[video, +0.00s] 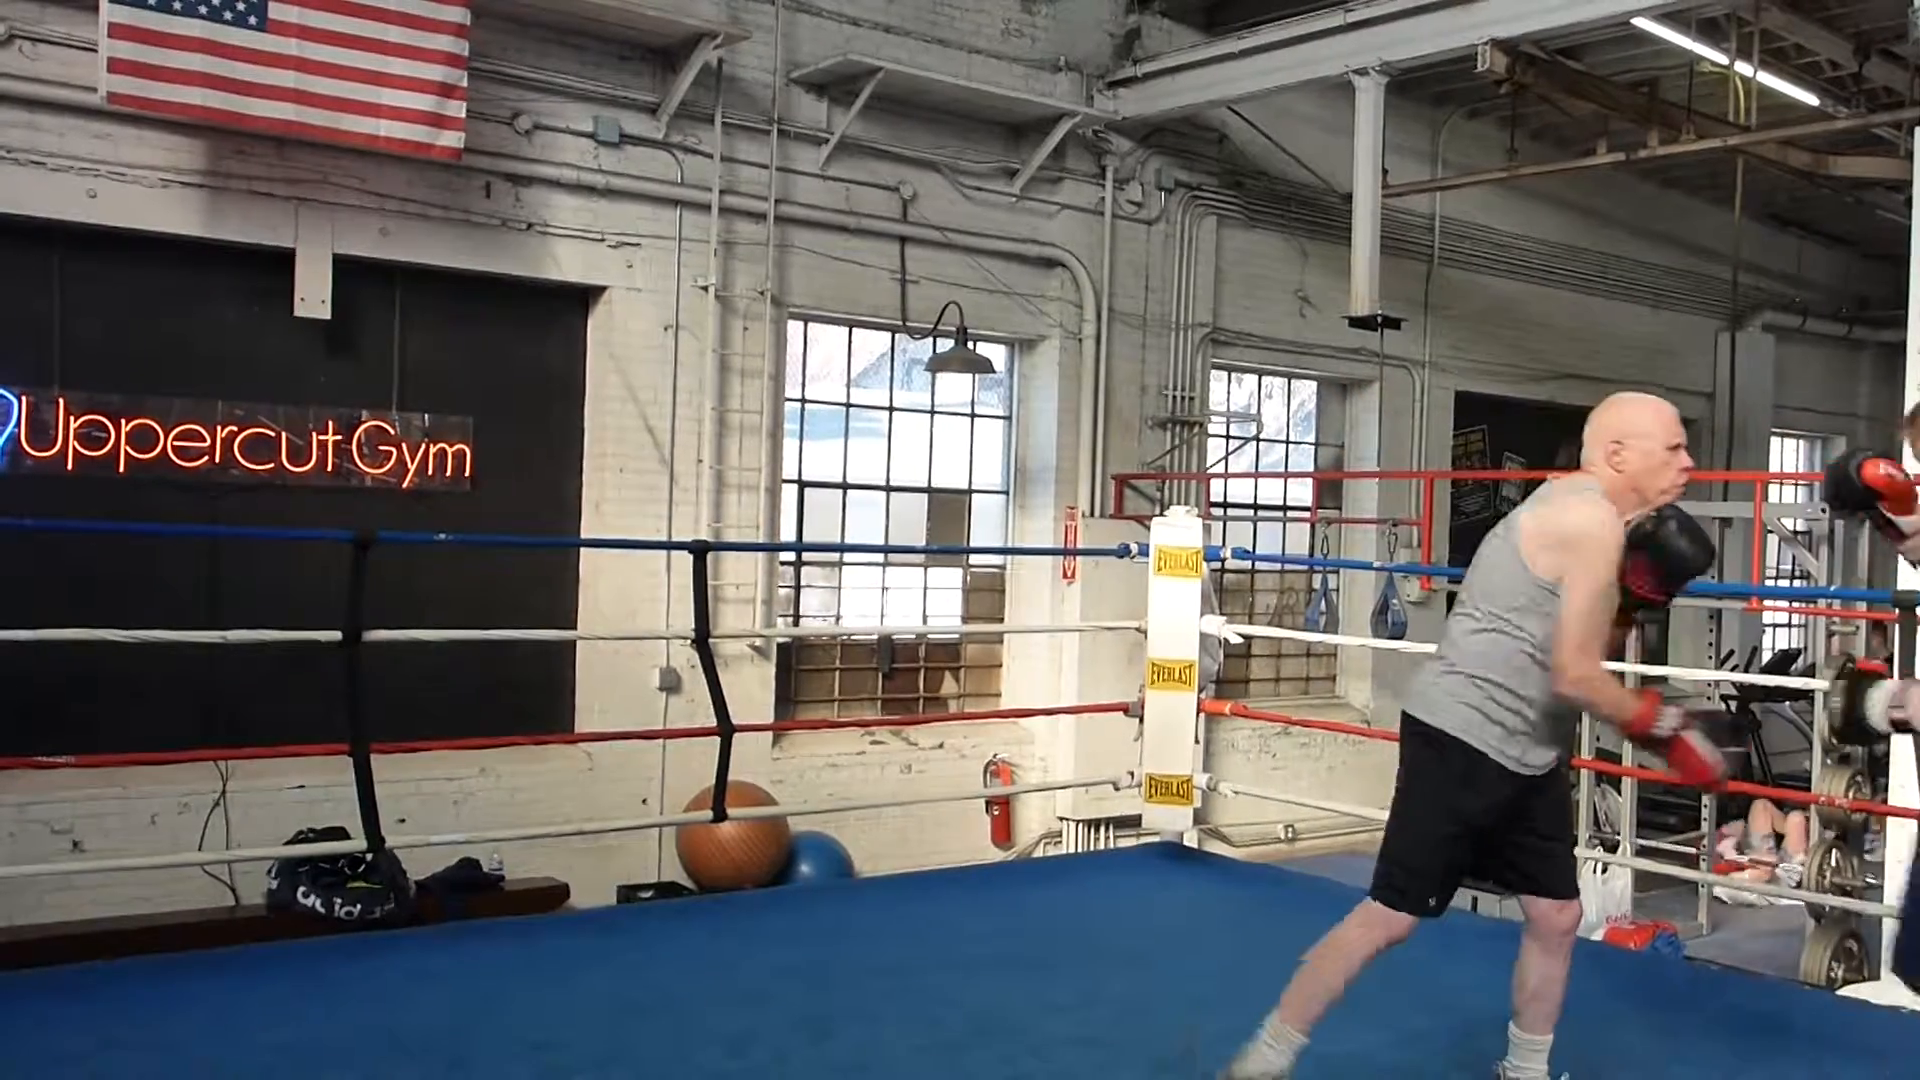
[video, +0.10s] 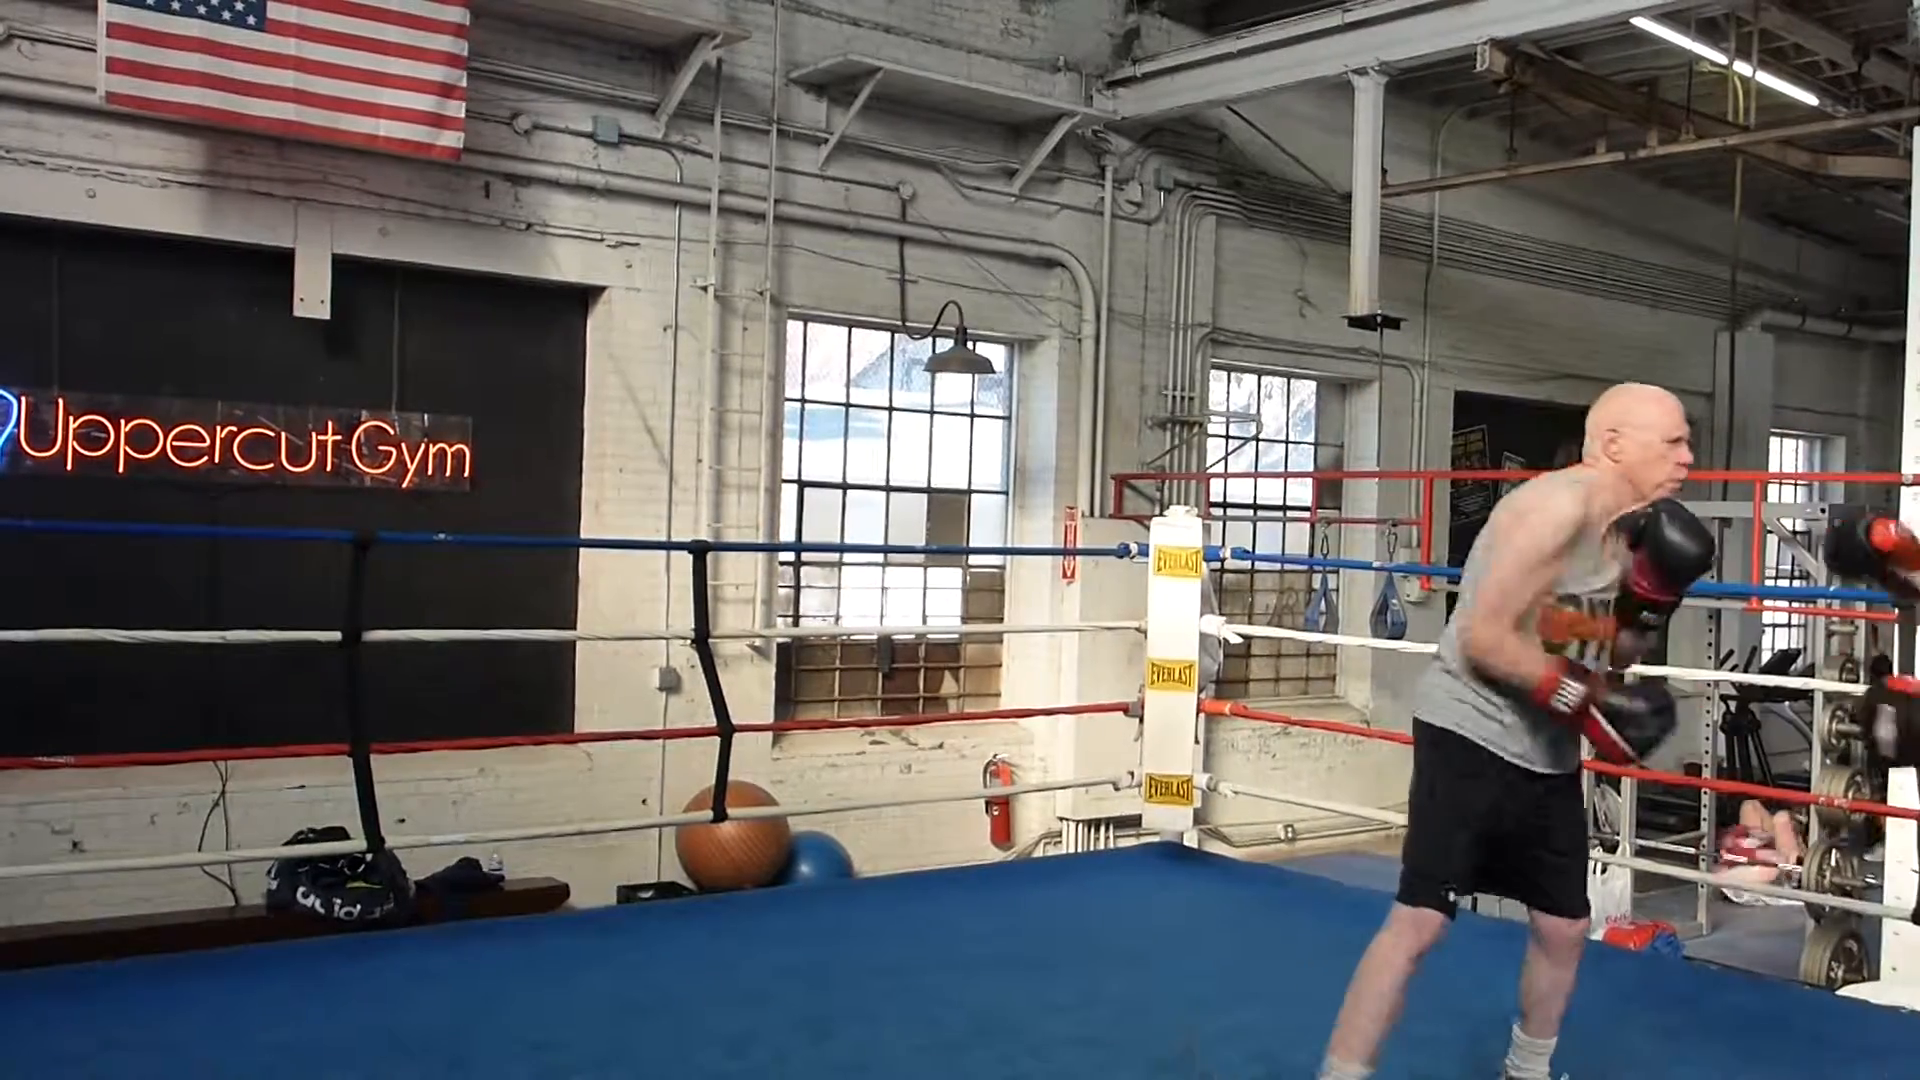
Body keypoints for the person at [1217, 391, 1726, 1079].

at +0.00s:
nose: (1689, 465)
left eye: (1686, 450)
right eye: (1674, 451)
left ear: (1615, 455)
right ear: (1616, 454)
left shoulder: (1573, 504)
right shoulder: (1592, 521)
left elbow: (1570, 647)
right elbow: (1575, 674)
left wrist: (1637, 594)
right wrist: (1662, 726)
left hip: (1528, 751)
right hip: (1461, 734)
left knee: (1555, 915)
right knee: (1392, 913)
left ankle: (1526, 1071)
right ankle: (1261, 1062)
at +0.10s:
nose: (1687, 462)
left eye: (1687, 447)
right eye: (1673, 444)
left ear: (1623, 448)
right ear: (1613, 443)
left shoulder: (1623, 535)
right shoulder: (1554, 505)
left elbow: (1605, 667)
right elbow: (1484, 636)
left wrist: (1647, 599)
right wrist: (1577, 696)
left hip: (1545, 743)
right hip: (1467, 728)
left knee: (1563, 927)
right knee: (1420, 919)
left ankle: (1528, 1071)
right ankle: (1340, 1072)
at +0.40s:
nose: (1642, 447)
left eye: (1644, 432)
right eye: (1626, 429)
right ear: (1567, 424)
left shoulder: (1615, 511)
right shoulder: (1494, 503)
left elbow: (1638, 663)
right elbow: (1492, 668)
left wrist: (1654, 583)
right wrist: (1570, 578)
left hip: (1585, 760)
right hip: (1489, 760)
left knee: (1653, 952)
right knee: (1472, 965)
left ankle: (1577, 1070)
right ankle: (1416, 1075)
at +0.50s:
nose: (1663, 438)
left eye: (1666, 423)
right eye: (1647, 420)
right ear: (1584, 415)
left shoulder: (1636, 505)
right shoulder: (1513, 493)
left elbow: (1657, 656)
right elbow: (1511, 660)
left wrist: (1679, 568)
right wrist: (1588, 568)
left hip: (1606, 761)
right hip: (1503, 762)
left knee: (1660, 958)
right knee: (1466, 967)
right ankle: (1411, 1074)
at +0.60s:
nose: (1691, 444)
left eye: (1696, 429)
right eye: (1675, 425)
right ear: (1612, 417)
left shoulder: (1669, 509)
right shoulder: (1538, 491)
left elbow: (1688, 666)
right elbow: (1528, 660)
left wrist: (1711, 581)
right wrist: (1610, 578)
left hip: (1626, 779)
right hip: (1519, 771)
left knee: (1663, 979)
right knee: (1472, 976)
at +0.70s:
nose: (1718, 452)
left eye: (1726, 436)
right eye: (1703, 432)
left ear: (1728, 437)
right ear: (1642, 422)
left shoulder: (1711, 518)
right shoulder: (1566, 496)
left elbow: (1722, 680)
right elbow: (1548, 665)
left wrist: (1740, 595)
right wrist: (1624, 586)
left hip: (1666, 793)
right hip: (1546, 780)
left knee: (1688, 997)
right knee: (1481, 986)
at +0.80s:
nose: (1737, 445)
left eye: (1747, 429)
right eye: (1722, 424)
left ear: (1754, 430)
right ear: (1662, 409)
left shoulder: (1740, 513)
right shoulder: (1584, 486)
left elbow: (1753, 675)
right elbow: (1559, 656)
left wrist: (1765, 591)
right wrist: (1633, 586)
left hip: (1692, 794)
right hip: (1567, 781)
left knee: (1705, 1008)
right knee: (1505, 983)